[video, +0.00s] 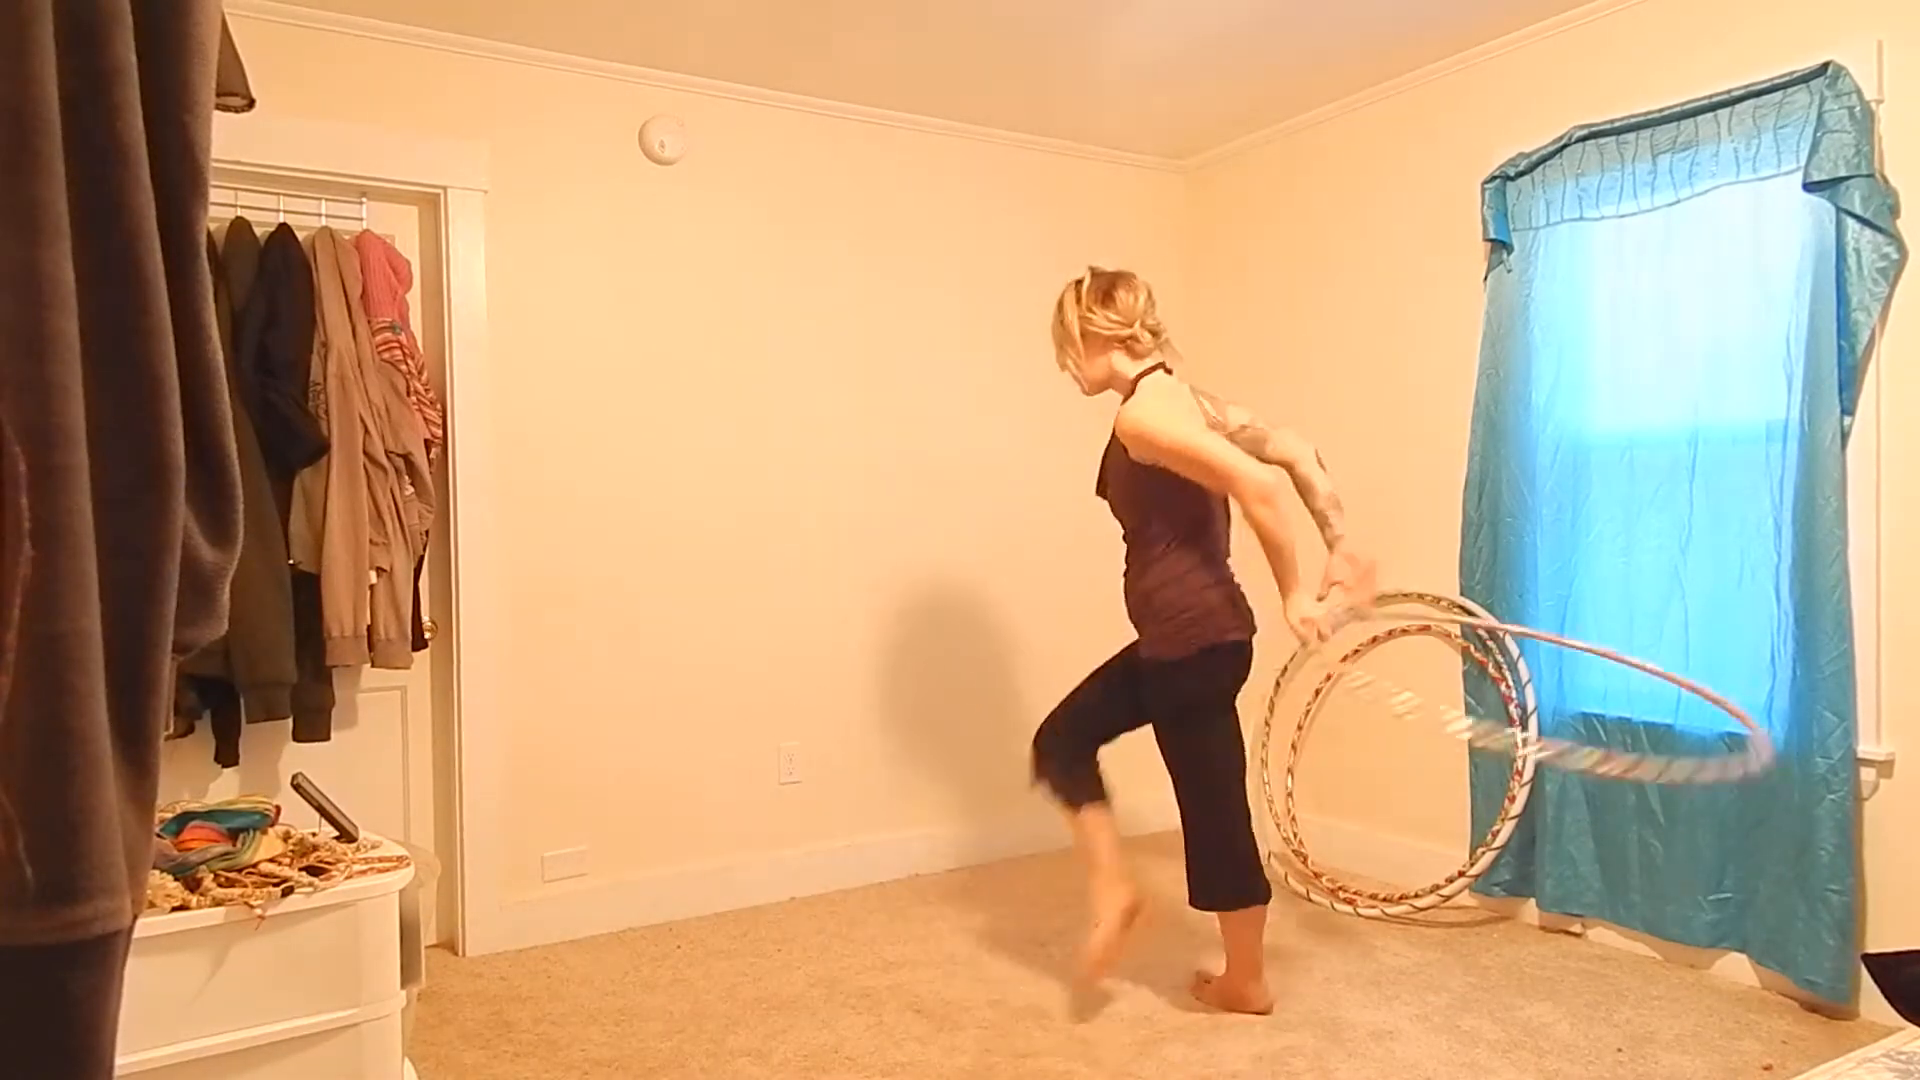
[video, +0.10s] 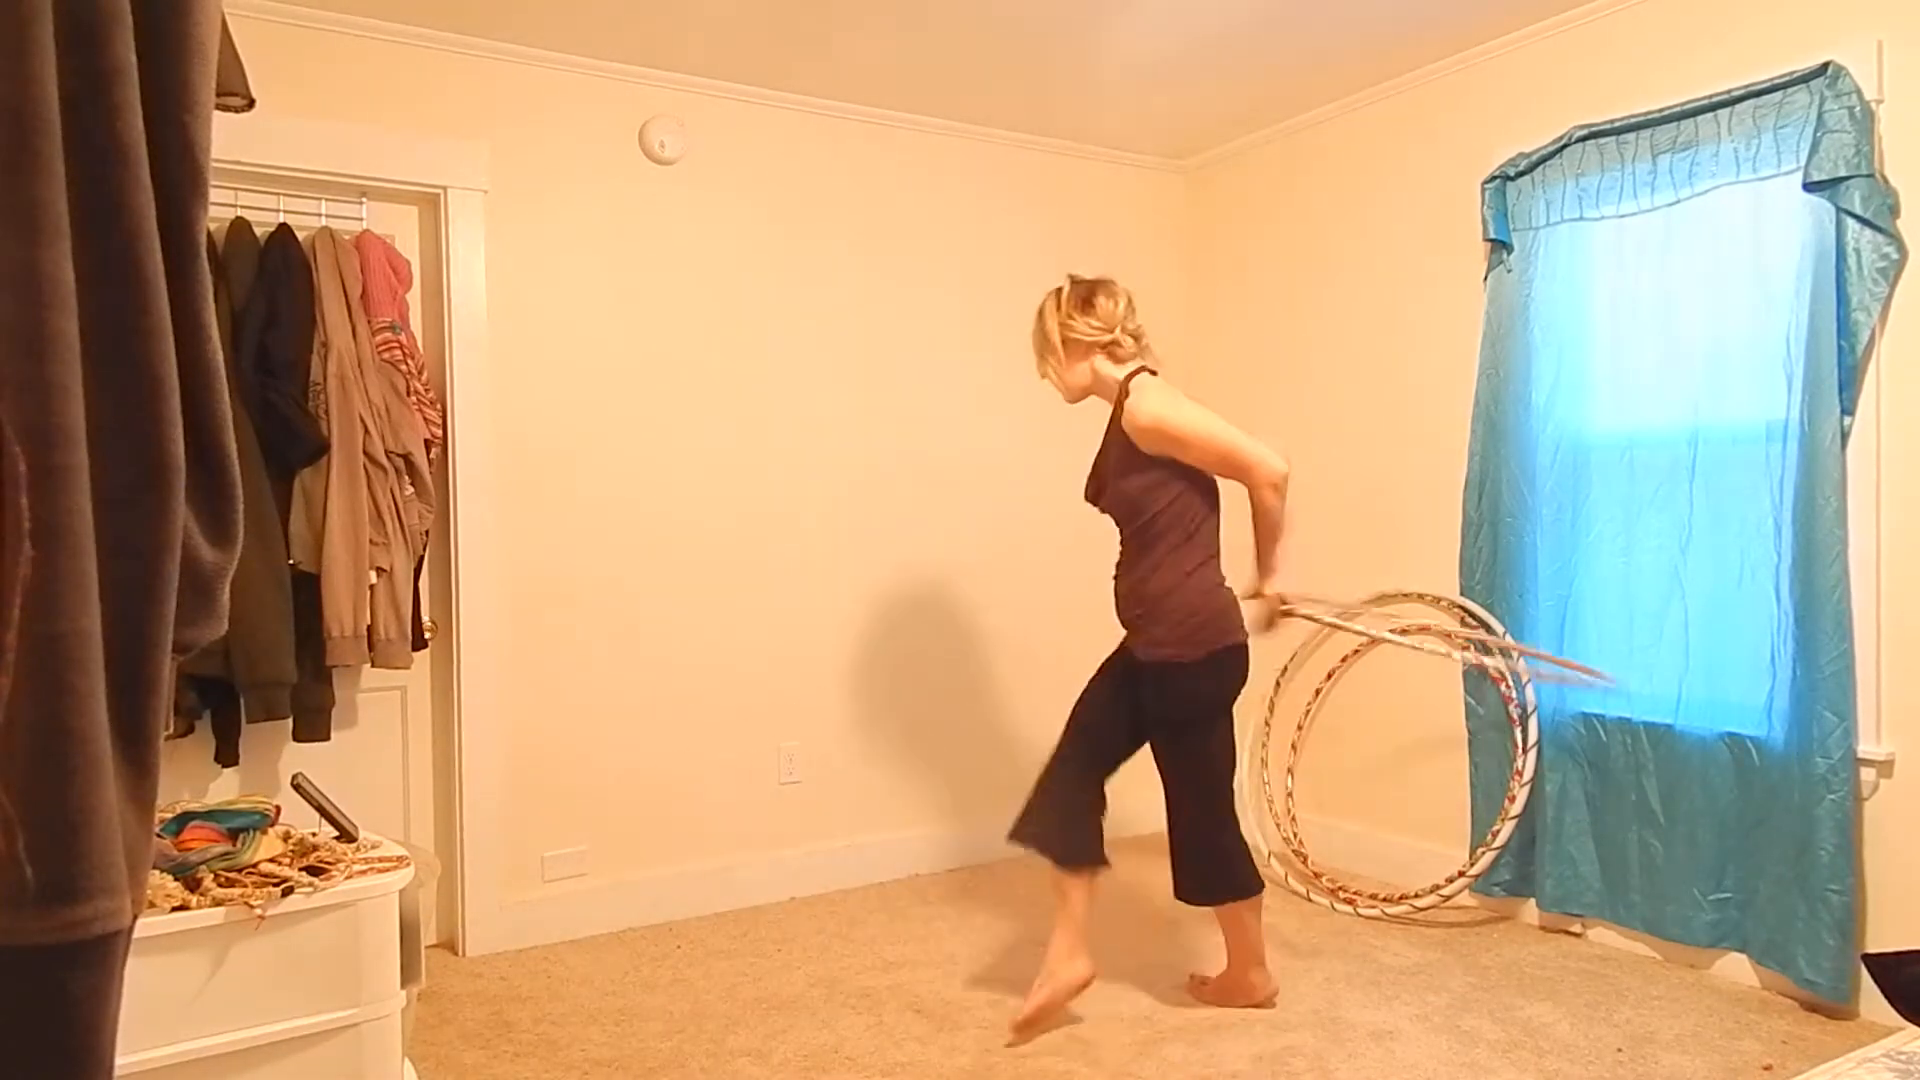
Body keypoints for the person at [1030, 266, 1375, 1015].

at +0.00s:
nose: (1067, 367)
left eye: (1069, 349)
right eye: (1064, 350)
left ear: (1101, 340)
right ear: (1131, 332)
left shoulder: (1143, 410)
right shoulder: (1180, 395)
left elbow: (1258, 489)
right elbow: (1294, 456)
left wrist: (1295, 594)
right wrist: (1342, 542)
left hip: (1189, 646)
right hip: (1200, 639)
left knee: (1215, 812)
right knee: (1063, 739)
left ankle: (1245, 981)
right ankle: (1110, 889)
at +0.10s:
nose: (1050, 375)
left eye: (1051, 357)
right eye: (1047, 359)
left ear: (1084, 346)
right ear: (1100, 344)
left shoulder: (1146, 405)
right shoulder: (1136, 407)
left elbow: (1267, 472)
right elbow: (1261, 471)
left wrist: (1267, 576)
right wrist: (1265, 579)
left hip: (1192, 650)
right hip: (1153, 646)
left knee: (1205, 811)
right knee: (1071, 778)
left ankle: (1249, 972)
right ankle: (1066, 955)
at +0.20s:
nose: (1029, 375)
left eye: (1031, 358)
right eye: (1027, 360)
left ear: (1065, 346)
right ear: (1074, 343)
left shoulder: (1142, 405)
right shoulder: (1107, 416)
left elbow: (1257, 480)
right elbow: (1166, 501)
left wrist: (1220, 561)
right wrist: (1167, 568)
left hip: (1189, 657)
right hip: (1126, 652)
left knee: (1191, 816)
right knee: (1080, 806)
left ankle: (1247, 963)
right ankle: (1071, 984)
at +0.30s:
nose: (1012, 376)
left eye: (1014, 359)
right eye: (1011, 360)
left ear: (1049, 348)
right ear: (1058, 348)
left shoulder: (1136, 406)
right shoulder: (1079, 430)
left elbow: (1242, 492)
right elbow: (1116, 546)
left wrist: (1201, 576)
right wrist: (1079, 621)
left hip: (1175, 665)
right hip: (1102, 661)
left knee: (1166, 836)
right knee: (1074, 830)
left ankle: (1234, 944)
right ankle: (1083, 1007)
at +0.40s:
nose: (1001, 383)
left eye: (1004, 365)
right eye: (999, 367)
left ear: (1041, 354)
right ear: (1052, 356)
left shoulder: (1136, 413)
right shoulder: (1052, 451)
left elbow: (1237, 513)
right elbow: (1028, 543)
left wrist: (1201, 615)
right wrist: (972, 617)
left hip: (1161, 671)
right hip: (1074, 670)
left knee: (1143, 858)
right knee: (1050, 846)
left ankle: (1193, 921)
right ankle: (1081, 1015)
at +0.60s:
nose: (1011, 377)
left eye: (1024, 360)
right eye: (1005, 363)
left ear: (1071, 358)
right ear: (1008, 368)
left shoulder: (1145, 447)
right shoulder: (1017, 443)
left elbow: (1191, 567)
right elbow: (897, 468)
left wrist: (1196, 699)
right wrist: (915, 530)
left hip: (1133, 679)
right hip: (1039, 682)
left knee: (1163, 844)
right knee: (1028, 857)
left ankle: (1093, 837)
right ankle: (1081, 1023)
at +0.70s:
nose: (1030, 373)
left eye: (1047, 358)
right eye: (1020, 360)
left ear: (1088, 363)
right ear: (1011, 369)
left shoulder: (1136, 458)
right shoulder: (1008, 441)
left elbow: (1154, 579)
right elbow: (909, 407)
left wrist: (1153, 683)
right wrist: (987, 440)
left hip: (1116, 679)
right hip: (1027, 685)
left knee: (1193, 797)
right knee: (1023, 858)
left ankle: (1115, 888)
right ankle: (1082, 1017)